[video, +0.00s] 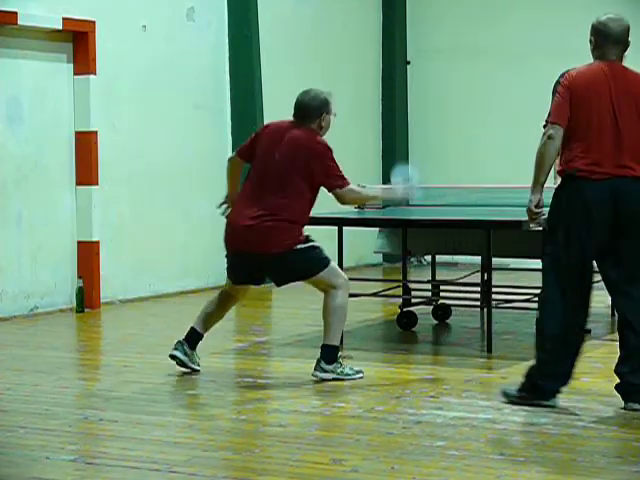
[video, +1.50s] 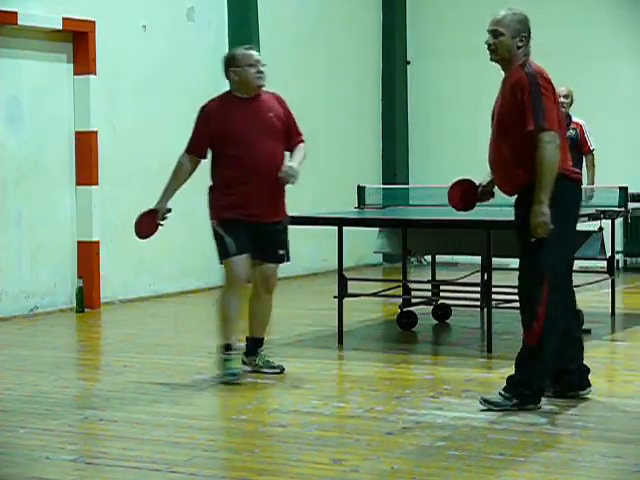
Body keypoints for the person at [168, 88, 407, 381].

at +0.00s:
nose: (331, 121)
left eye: (331, 115)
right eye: (330, 115)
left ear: (297, 113)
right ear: (322, 119)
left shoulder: (268, 131)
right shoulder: (317, 147)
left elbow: (236, 160)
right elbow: (346, 195)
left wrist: (232, 196)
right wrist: (380, 195)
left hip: (238, 236)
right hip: (279, 240)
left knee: (232, 290)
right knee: (338, 285)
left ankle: (187, 345)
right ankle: (329, 362)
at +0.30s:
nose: (330, 119)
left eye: (331, 113)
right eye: (330, 112)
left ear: (299, 106)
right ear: (319, 110)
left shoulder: (267, 123)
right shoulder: (302, 129)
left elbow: (224, 147)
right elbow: (272, 157)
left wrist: (198, 178)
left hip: (240, 228)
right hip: (281, 229)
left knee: (225, 293)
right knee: (331, 283)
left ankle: (190, 354)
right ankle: (329, 361)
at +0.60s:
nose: (334, 105)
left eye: (334, 99)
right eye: (331, 98)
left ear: (308, 99)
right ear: (312, 98)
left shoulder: (279, 121)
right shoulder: (303, 126)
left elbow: (274, 175)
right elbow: (298, 172)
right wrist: (320, 213)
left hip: (245, 223)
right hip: (281, 227)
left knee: (229, 292)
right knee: (331, 281)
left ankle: (191, 356)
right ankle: (327, 361)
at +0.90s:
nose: (332, 81)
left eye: (331, 76)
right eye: (326, 77)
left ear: (311, 84)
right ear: (305, 83)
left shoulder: (308, 113)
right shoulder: (298, 111)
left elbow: (303, 161)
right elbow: (291, 160)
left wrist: (338, 169)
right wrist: (335, 169)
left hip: (276, 217)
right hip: (287, 218)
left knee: (293, 286)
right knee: (331, 281)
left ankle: (232, 331)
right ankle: (327, 361)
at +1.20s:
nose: (296, 77)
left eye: (296, 72)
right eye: (288, 73)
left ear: (293, 79)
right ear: (268, 81)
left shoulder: (302, 111)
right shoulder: (251, 117)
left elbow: (314, 150)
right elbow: (227, 164)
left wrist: (329, 169)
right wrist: (233, 199)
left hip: (299, 217)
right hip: (264, 219)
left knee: (291, 290)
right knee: (298, 277)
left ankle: (256, 352)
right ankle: (321, 359)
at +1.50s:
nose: (261, 70)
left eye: (261, 64)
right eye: (253, 66)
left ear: (261, 71)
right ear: (233, 73)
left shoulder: (276, 104)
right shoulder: (213, 112)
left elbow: (298, 143)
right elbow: (190, 158)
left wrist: (294, 164)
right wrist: (163, 201)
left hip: (270, 210)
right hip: (229, 210)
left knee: (266, 280)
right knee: (238, 276)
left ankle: (254, 354)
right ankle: (228, 354)